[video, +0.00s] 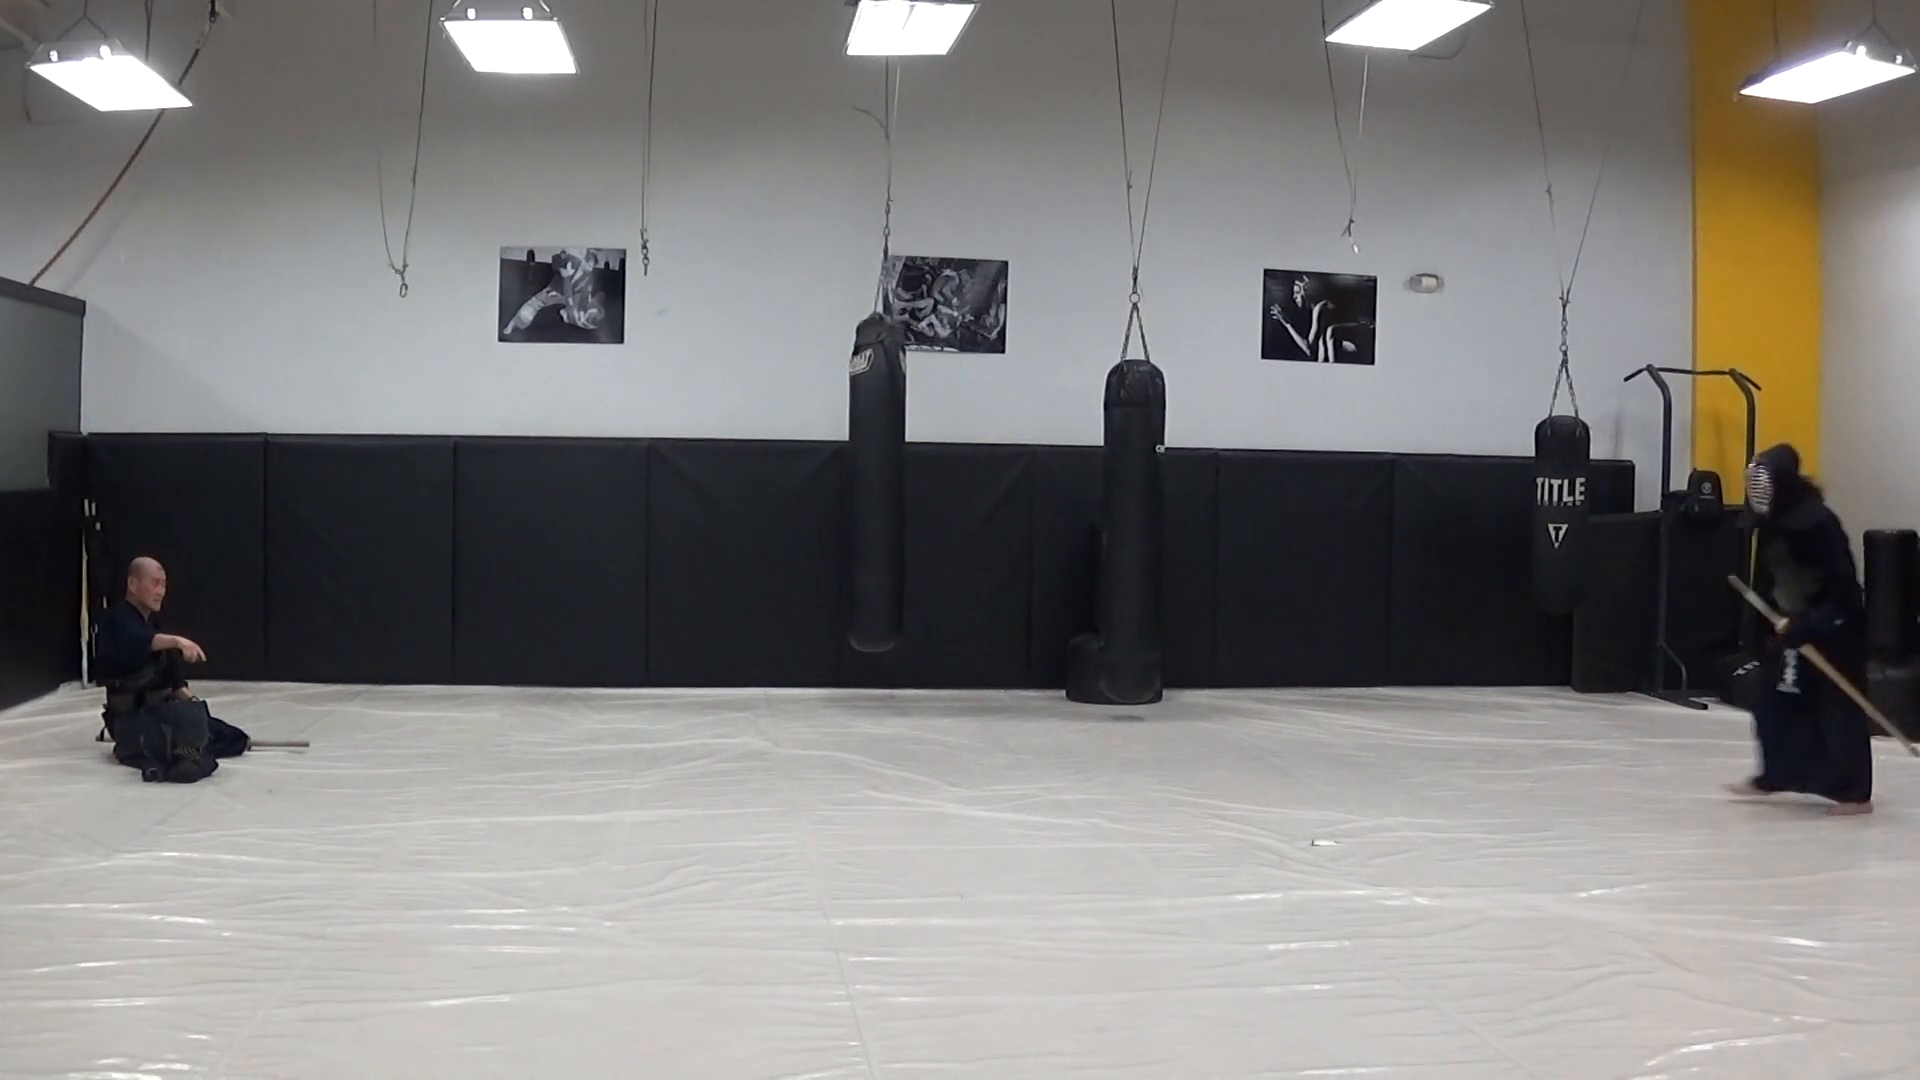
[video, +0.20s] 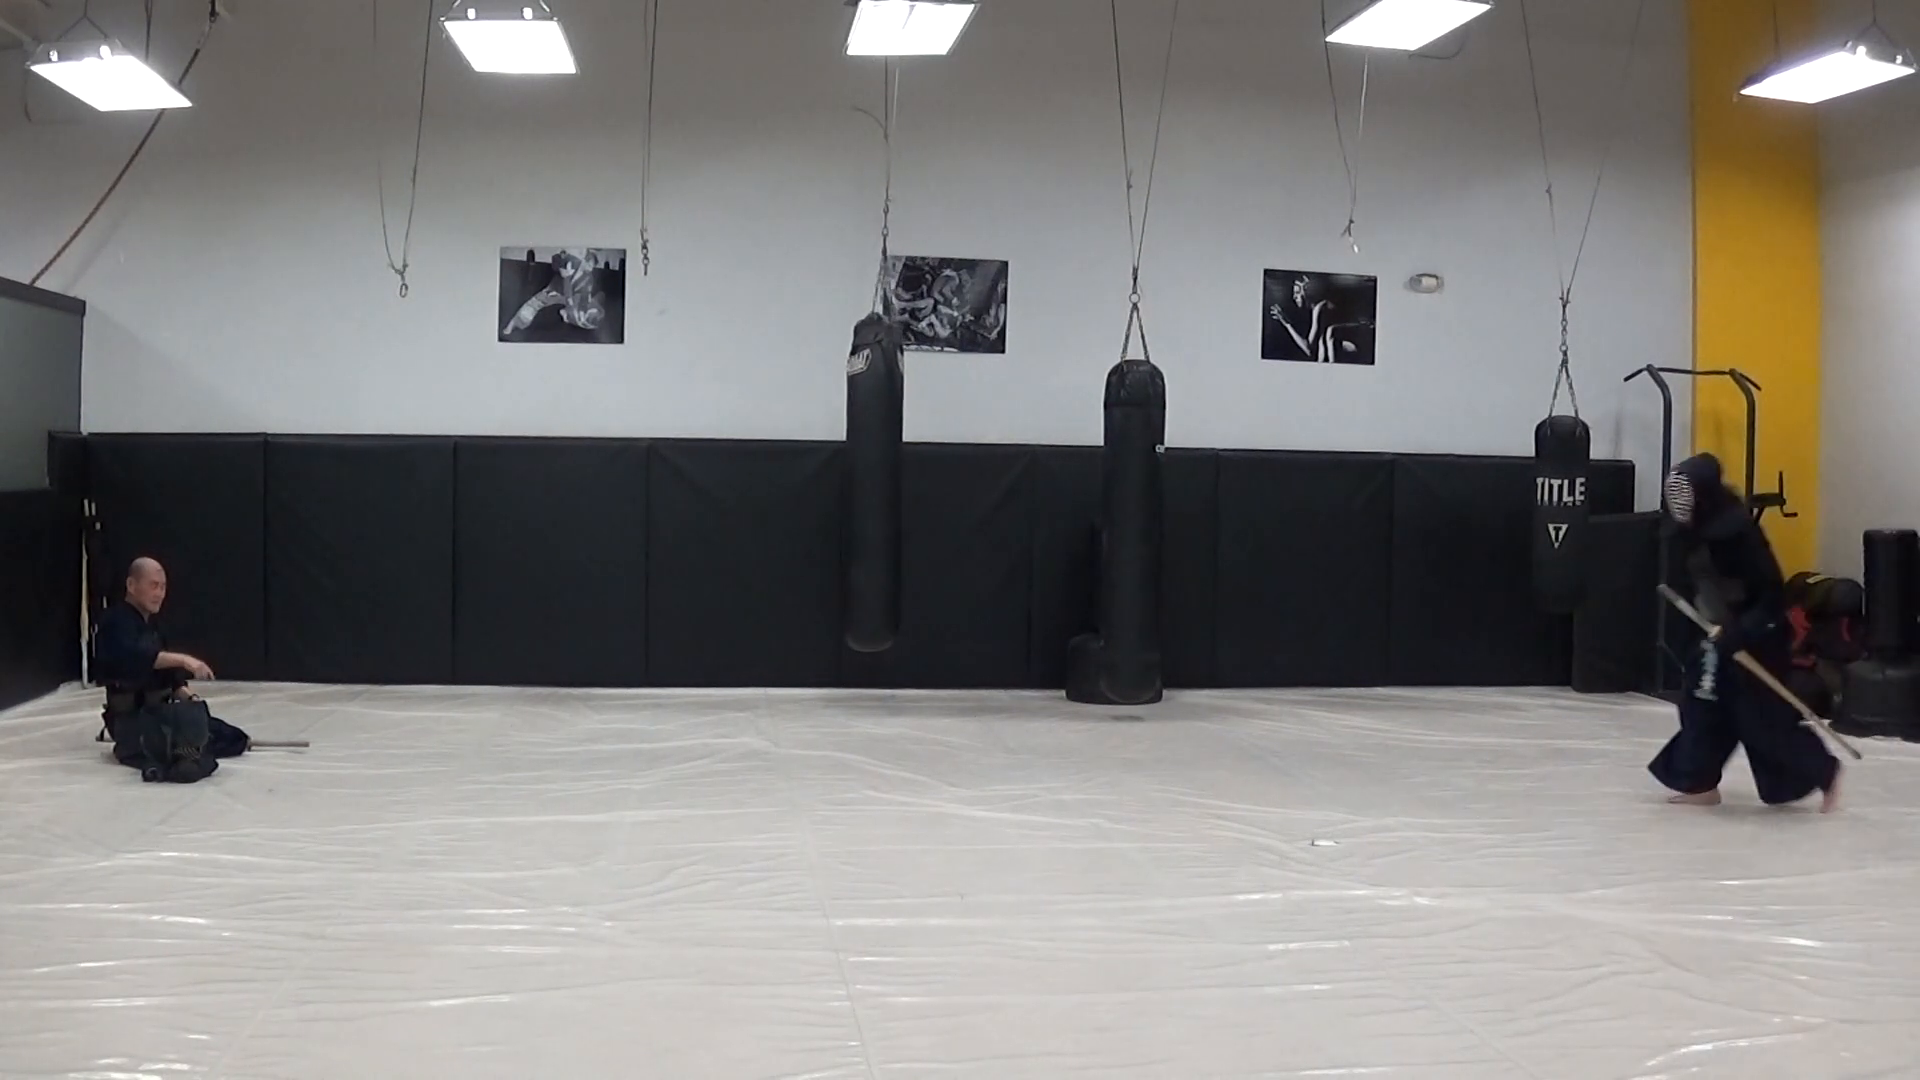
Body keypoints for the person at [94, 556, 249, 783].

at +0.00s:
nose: (161, 591)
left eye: (163, 585)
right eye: (155, 583)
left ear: (165, 587)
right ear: (132, 585)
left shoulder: (152, 622)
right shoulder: (116, 618)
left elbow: (171, 675)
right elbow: (136, 639)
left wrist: (190, 702)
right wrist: (176, 642)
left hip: (163, 712)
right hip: (129, 717)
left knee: (236, 740)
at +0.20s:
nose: (160, 593)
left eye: (163, 587)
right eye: (154, 585)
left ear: (165, 588)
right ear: (131, 586)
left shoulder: (152, 624)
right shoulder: (115, 621)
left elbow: (164, 672)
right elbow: (131, 654)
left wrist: (187, 697)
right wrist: (183, 660)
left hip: (162, 711)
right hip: (129, 718)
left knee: (236, 739)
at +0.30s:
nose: (157, 597)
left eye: (162, 590)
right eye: (150, 588)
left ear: (166, 591)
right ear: (131, 587)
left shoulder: (156, 625)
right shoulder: (114, 622)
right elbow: (131, 670)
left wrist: (180, 692)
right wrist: (179, 675)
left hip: (163, 711)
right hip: (129, 718)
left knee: (236, 740)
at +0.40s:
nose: (157, 598)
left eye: (162, 592)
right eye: (150, 590)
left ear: (167, 592)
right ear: (131, 588)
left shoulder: (157, 626)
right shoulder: (114, 623)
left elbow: (170, 672)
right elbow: (124, 674)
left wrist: (182, 693)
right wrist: (172, 690)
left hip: (162, 711)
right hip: (129, 717)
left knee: (236, 740)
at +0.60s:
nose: (159, 599)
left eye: (164, 593)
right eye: (153, 591)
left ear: (169, 593)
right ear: (133, 588)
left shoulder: (158, 627)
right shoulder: (115, 624)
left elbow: (172, 678)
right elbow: (109, 677)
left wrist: (190, 699)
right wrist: (149, 698)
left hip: (166, 709)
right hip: (129, 714)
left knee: (235, 740)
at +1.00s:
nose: (159, 595)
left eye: (163, 588)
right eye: (153, 586)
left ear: (168, 590)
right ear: (132, 586)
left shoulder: (159, 626)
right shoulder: (114, 624)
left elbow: (172, 676)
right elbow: (113, 677)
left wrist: (190, 696)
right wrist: (140, 713)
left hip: (166, 708)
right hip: (128, 712)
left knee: (236, 740)